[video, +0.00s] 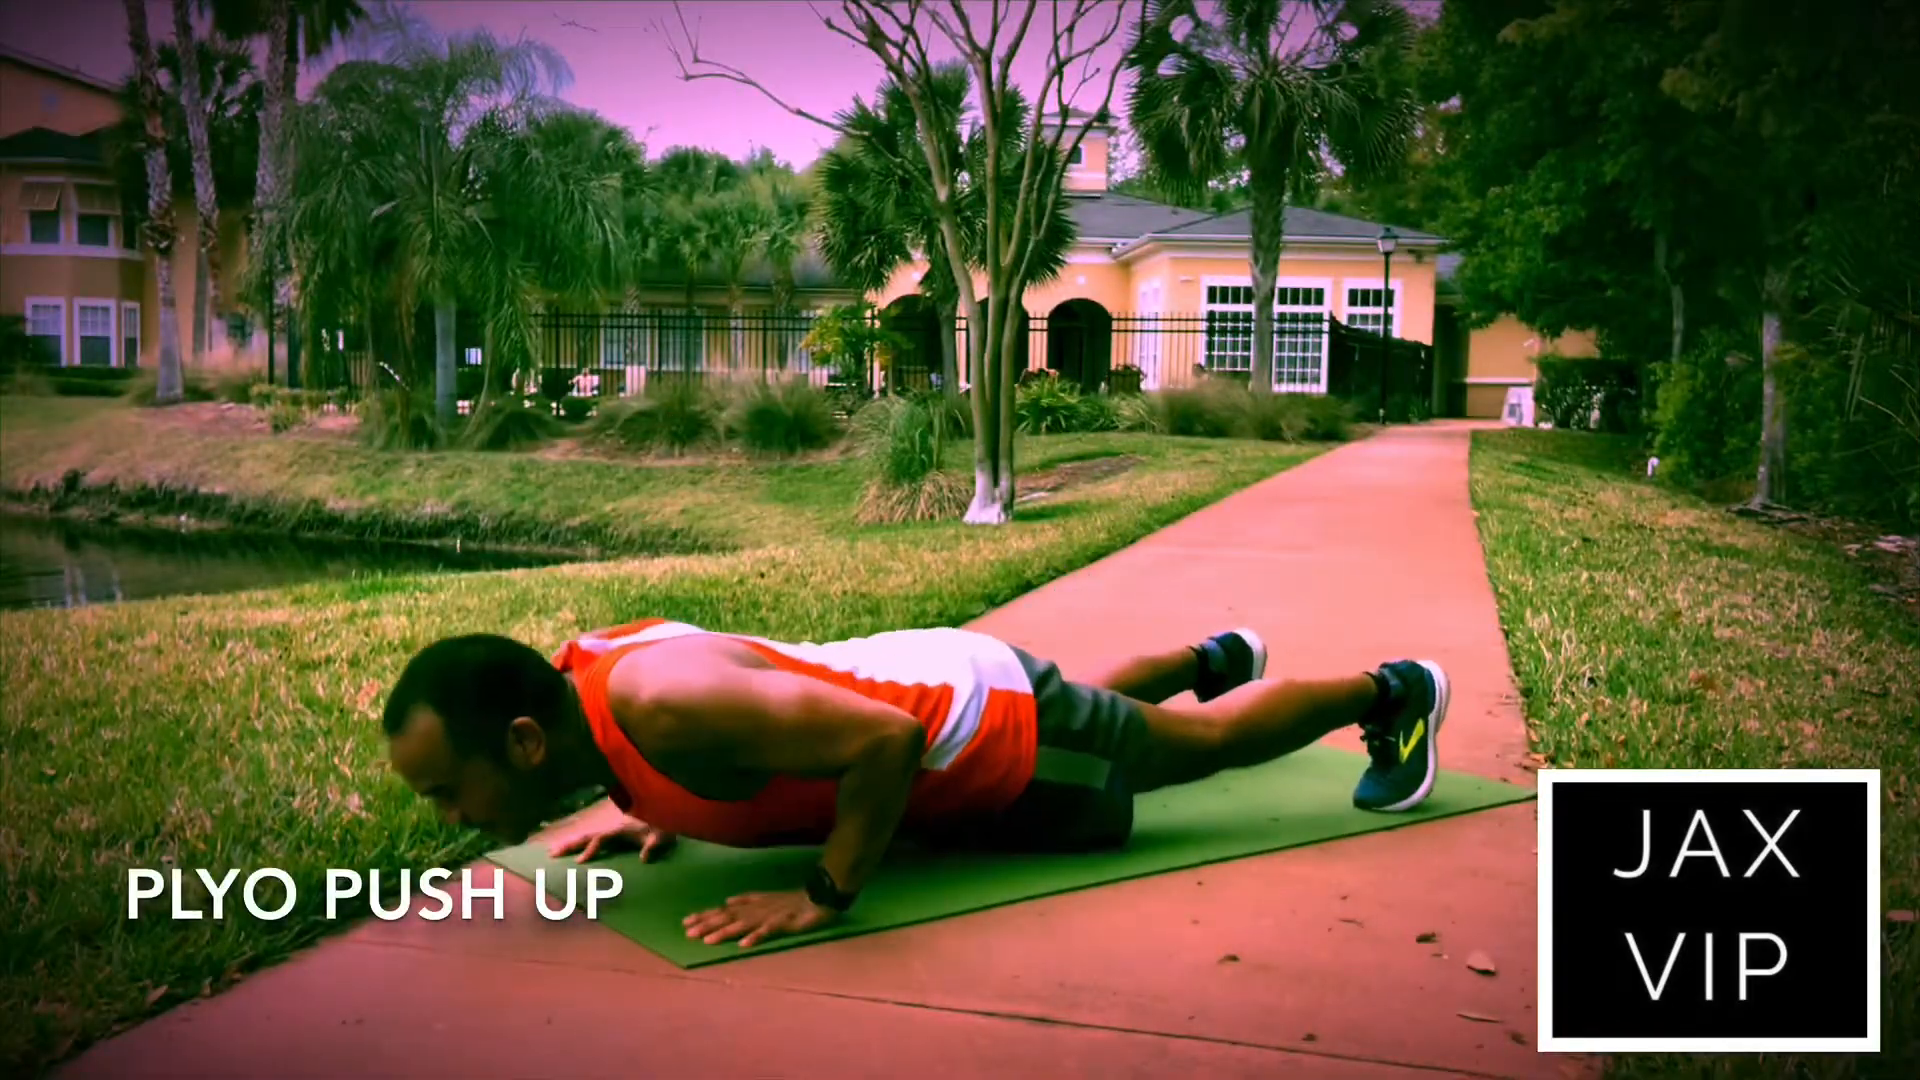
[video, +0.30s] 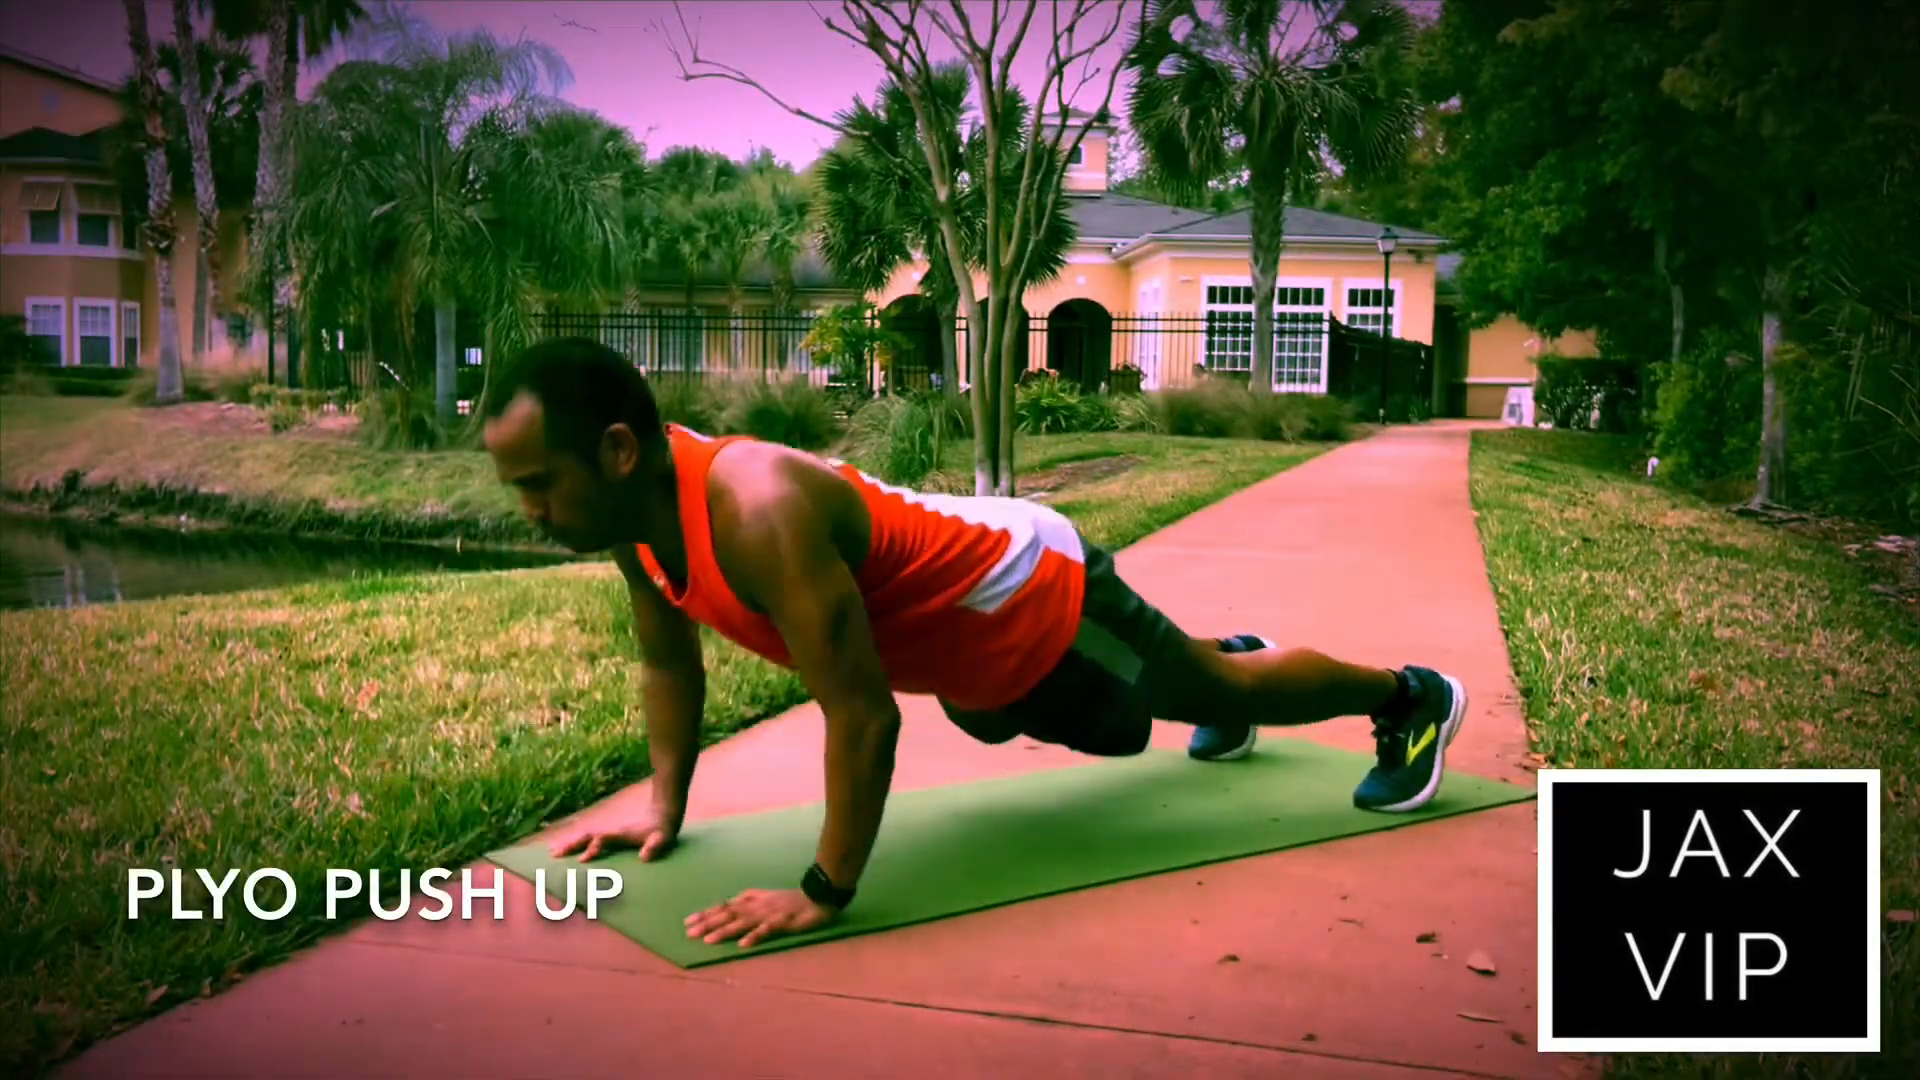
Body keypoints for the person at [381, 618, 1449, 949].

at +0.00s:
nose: (441, 817)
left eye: (446, 793)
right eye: (427, 797)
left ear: (524, 741)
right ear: (516, 732)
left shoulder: (677, 712)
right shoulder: (578, 672)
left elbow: (885, 743)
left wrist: (824, 898)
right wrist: (656, 818)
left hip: (1001, 729)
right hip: (923, 671)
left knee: (1203, 736)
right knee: (1061, 692)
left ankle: (1391, 690)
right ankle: (1209, 659)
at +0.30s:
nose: (529, 508)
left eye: (537, 482)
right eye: (516, 487)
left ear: (621, 447)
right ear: (592, 457)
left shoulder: (759, 503)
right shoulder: (644, 527)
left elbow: (856, 705)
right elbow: (670, 665)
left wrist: (826, 889)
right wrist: (664, 808)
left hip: (1041, 593)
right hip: (967, 647)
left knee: (1214, 683)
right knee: (1115, 699)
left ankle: (1410, 695)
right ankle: (1235, 697)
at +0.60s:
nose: (591, 442)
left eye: (590, 413)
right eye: (573, 420)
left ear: (662, 360)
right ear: (653, 360)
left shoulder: (839, 373)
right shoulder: (716, 396)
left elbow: (977, 534)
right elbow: (750, 491)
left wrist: (841, 641)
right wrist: (686, 594)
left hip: (1068, 537)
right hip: (986, 572)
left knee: (1236, 637)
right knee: (1122, 653)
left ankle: (1420, 696)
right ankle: (1253, 675)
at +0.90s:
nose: (474, 748)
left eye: (472, 726)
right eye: (457, 732)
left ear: (543, 666)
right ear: (529, 657)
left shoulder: (706, 634)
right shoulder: (599, 617)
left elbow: (892, 745)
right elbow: (673, 685)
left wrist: (821, 900)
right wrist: (652, 800)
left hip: (1018, 687)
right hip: (950, 649)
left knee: (1205, 719)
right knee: (1094, 675)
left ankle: (1394, 693)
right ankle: (1218, 651)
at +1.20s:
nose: (440, 844)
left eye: (443, 820)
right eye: (424, 824)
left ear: (518, 765)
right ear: (508, 750)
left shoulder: (660, 733)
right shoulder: (567, 698)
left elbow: (872, 745)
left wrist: (810, 897)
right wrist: (616, 819)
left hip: (992, 749)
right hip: (918, 700)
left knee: (1194, 753)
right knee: (1068, 716)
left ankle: (1383, 693)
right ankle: (1208, 662)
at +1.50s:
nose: (498, 575)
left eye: (504, 546)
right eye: (485, 554)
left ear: (592, 504)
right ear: (573, 514)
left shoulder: (734, 547)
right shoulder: (628, 564)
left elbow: (865, 725)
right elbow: (661, 669)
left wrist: (814, 897)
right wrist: (653, 800)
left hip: (1025, 639)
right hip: (954, 671)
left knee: (1211, 710)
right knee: (1106, 710)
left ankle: (1403, 692)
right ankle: (1229, 661)